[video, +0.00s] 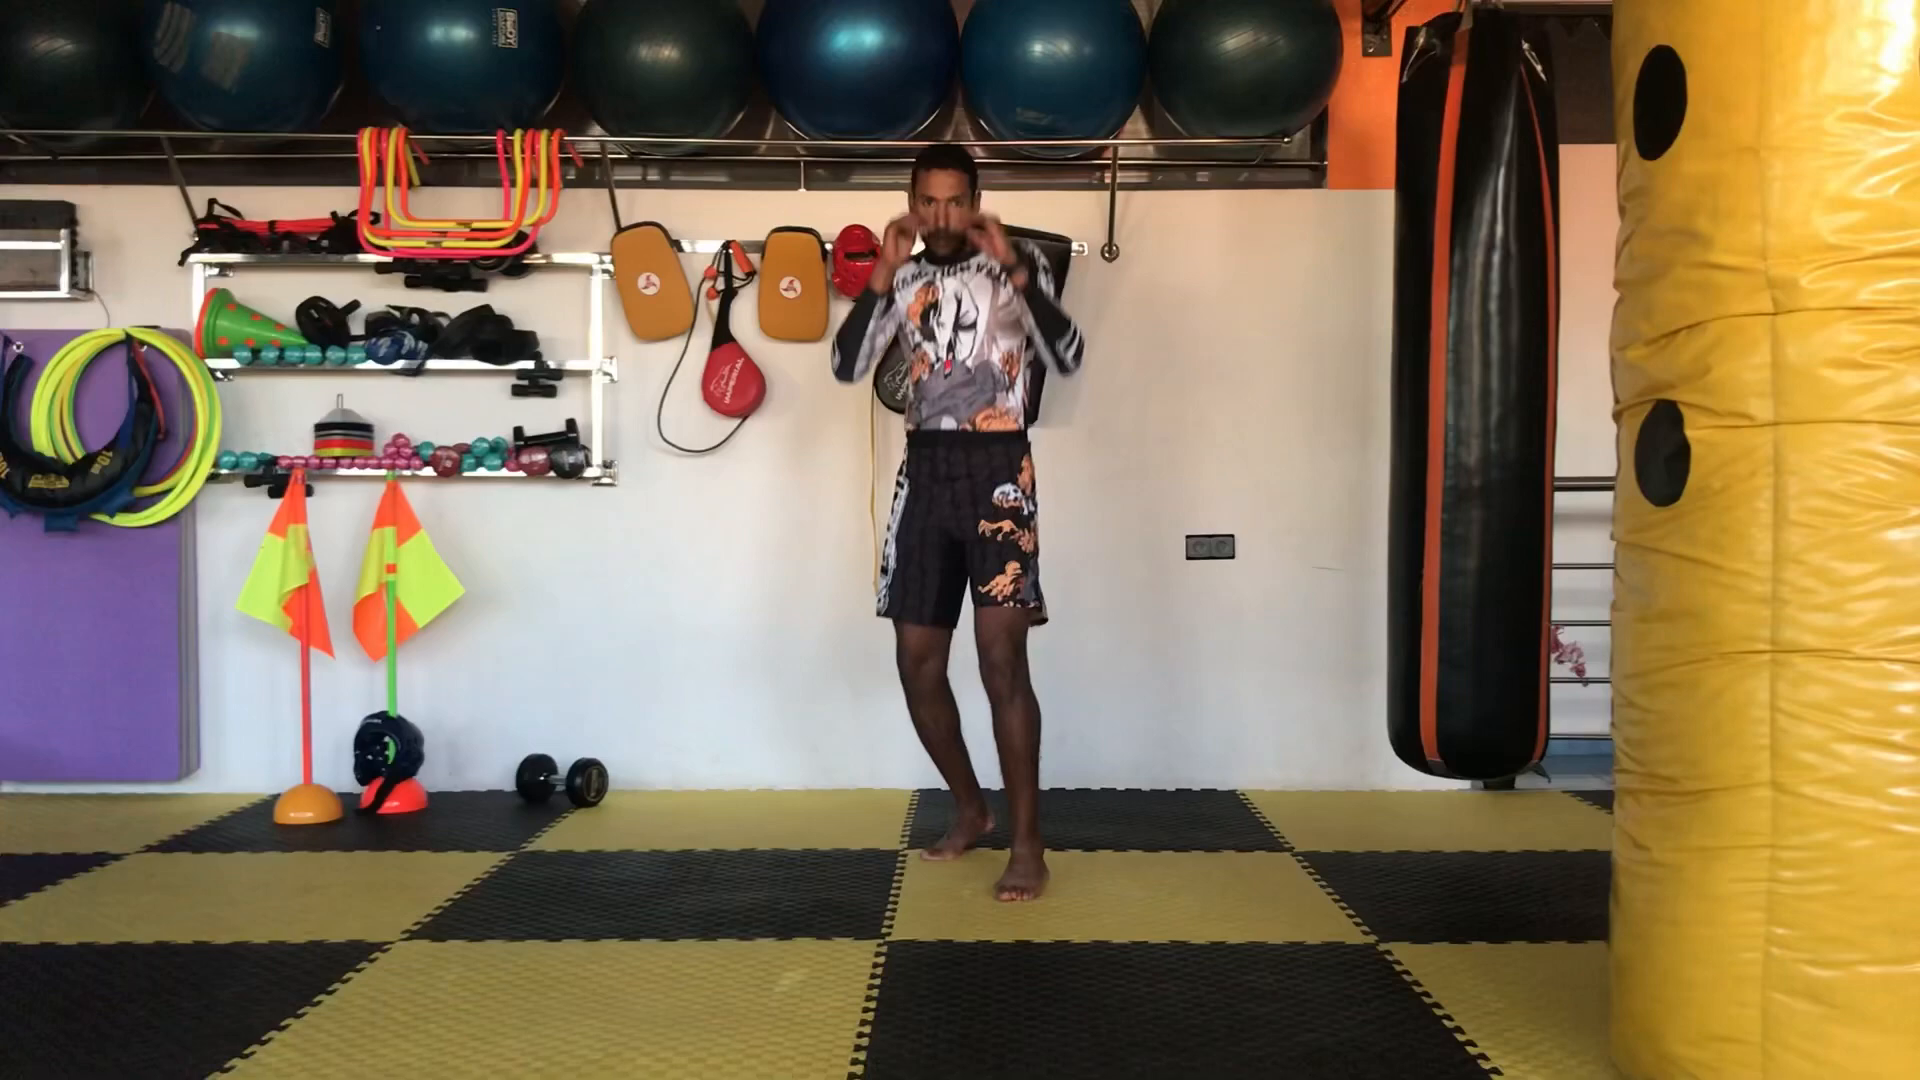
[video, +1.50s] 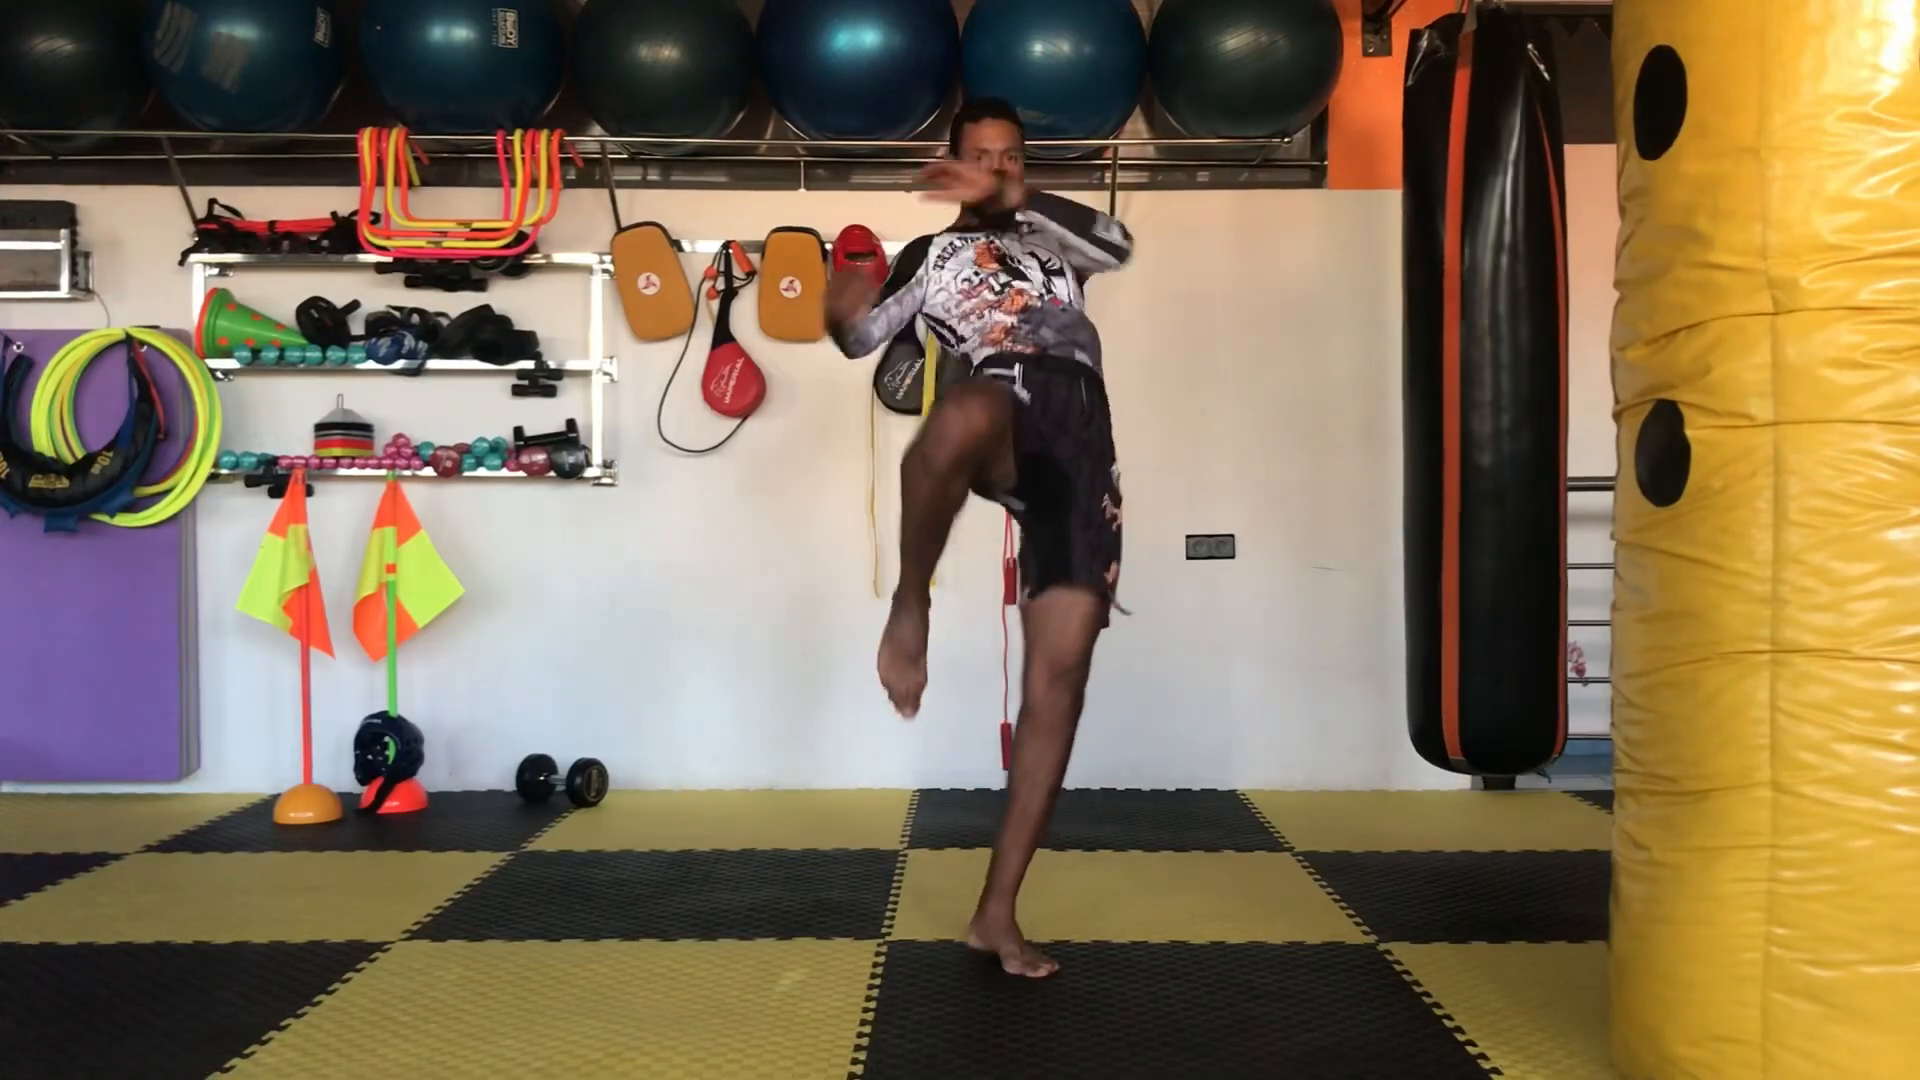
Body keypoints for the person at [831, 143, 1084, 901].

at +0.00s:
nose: (941, 213)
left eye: (955, 201)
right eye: (928, 200)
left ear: (977, 203)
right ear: (912, 205)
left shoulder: (1022, 266)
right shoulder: (901, 279)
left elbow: (1065, 358)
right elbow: (848, 364)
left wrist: (1014, 271)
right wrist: (881, 278)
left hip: (999, 475)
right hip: (926, 477)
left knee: (1001, 666)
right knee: (919, 664)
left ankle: (1026, 844)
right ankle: (969, 807)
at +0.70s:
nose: (979, 234)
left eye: (993, 218)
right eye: (965, 219)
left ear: (1015, 222)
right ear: (944, 223)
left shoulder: (1053, 290)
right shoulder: (914, 291)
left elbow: (1160, 309)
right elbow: (845, 267)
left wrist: (1136, 218)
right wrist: (933, 176)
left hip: (1025, 509)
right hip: (938, 511)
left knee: (1043, 688)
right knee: (917, 728)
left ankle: (1021, 907)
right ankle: (966, 779)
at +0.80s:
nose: (993, 202)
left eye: (1007, 186)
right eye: (978, 187)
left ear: (1027, 188)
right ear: (958, 190)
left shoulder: (1069, 253)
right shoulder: (929, 276)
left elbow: (1151, 227)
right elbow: (823, 322)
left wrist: (1084, 139)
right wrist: (862, 251)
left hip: (1046, 475)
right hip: (956, 472)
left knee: (1057, 693)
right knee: (880, 682)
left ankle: (1021, 908)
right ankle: (947, 732)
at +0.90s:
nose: (988, 185)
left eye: (1003, 169)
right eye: (975, 170)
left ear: (1034, 172)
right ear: (959, 177)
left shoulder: (1070, 230)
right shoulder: (940, 259)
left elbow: (1094, 185)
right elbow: (879, 336)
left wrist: (986, 141)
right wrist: (819, 374)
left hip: (1056, 439)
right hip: (964, 435)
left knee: (1069, 666)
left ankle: (1023, 897)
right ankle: (919, 644)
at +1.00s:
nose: (1002, 176)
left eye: (1016, 164)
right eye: (987, 166)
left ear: (1035, 164)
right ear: (962, 170)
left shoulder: (1062, 221)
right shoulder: (935, 250)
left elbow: (1027, 181)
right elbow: (880, 366)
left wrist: (914, 182)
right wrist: (818, 477)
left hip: (1064, 405)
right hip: (970, 391)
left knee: (1074, 657)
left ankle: (1029, 888)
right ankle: (900, 540)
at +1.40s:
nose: (990, 191)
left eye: (1003, 178)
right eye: (975, 179)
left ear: (1023, 183)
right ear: (951, 188)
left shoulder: (1054, 250)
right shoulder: (934, 274)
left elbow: (1076, 230)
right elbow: (850, 342)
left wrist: (947, 204)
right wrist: (795, 339)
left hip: (1088, 434)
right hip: (1001, 415)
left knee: (1080, 682)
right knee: (960, 348)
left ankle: (1014, 895)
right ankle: (907, 566)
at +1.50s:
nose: (995, 171)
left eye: (1008, 158)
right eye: (978, 157)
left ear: (1026, 165)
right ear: (953, 169)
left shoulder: (1057, 234)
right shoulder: (934, 256)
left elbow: (1115, 246)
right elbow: (860, 340)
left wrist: (1010, 194)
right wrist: (845, 305)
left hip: (1079, 435)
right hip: (996, 417)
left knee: (1059, 686)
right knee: (960, 415)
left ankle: (998, 908)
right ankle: (911, 604)